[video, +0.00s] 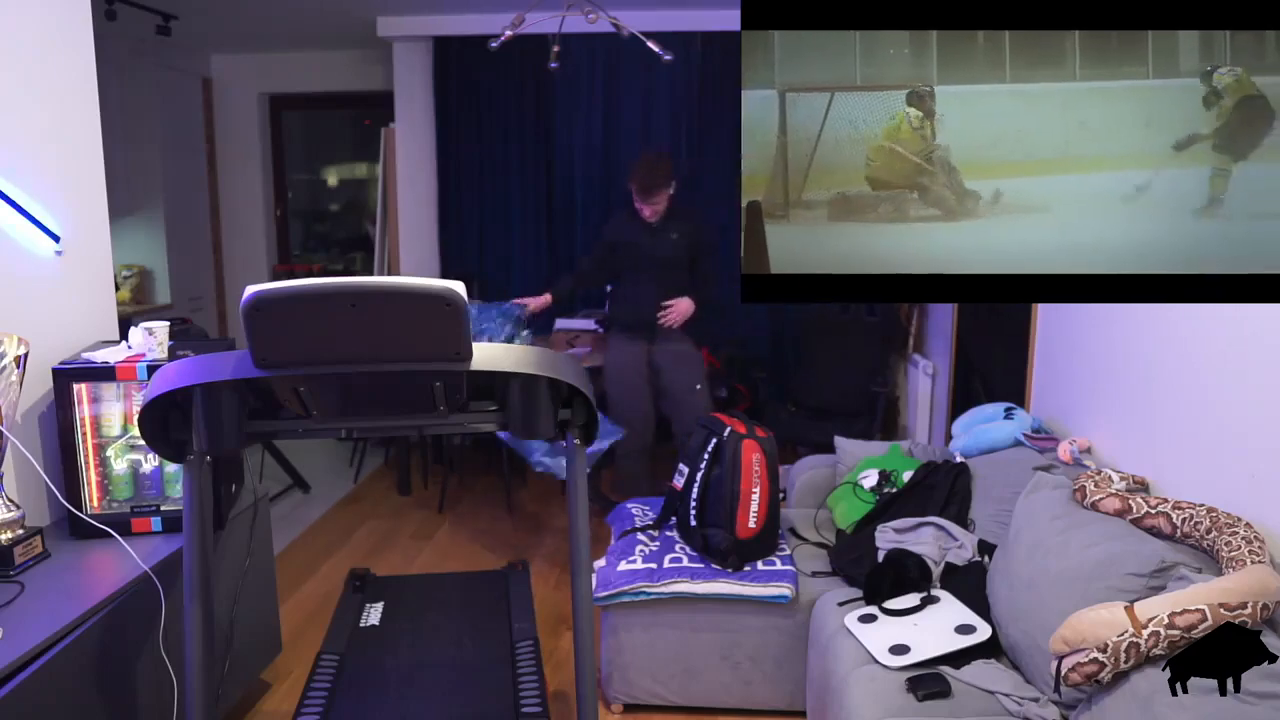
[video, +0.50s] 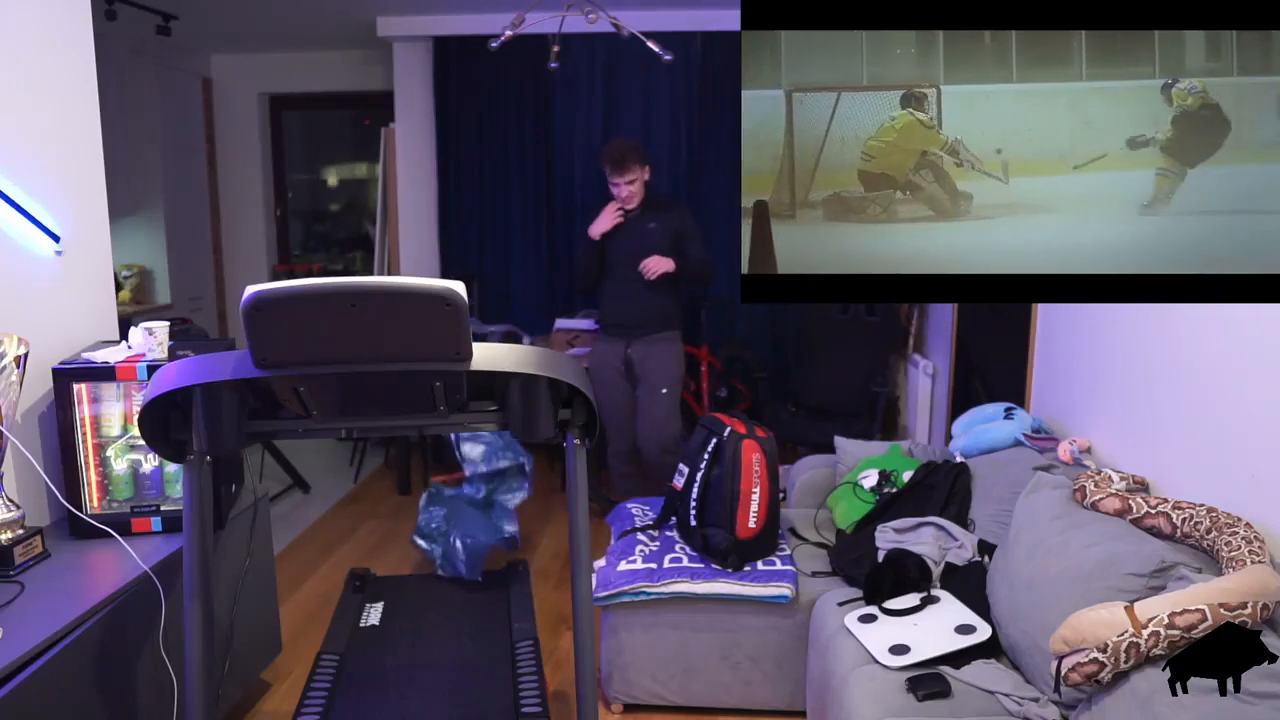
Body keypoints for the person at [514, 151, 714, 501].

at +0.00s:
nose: (645, 210)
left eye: (653, 203)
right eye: (639, 202)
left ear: (671, 191)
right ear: (631, 191)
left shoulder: (690, 228)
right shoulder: (621, 225)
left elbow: (707, 279)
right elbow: (591, 271)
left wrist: (693, 301)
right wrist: (548, 298)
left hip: (675, 337)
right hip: (626, 338)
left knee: (696, 422)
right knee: (633, 427)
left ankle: (701, 504)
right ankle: (637, 507)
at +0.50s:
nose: (623, 192)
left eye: (631, 182)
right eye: (615, 184)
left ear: (646, 175)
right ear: (607, 180)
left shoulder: (671, 217)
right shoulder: (603, 222)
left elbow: (702, 270)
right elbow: (583, 284)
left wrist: (675, 263)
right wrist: (593, 235)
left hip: (659, 342)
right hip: (610, 344)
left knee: (658, 439)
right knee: (618, 445)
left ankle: (676, 517)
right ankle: (633, 523)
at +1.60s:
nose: (650, 179)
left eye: (660, 173)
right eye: (646, 172)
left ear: (679, 175)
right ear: (636, 170)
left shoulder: (691, 214)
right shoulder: (624, 208)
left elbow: (690, 259)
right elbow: (582, 244)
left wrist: (665, 201)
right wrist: (610, 202)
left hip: (660, 346)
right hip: (608, 344)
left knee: (655, 448)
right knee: (600, 446)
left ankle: (654, 543)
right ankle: (596, 535)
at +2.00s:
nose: (631, 179)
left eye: (639, 171)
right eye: (627, 172)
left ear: (657, 171)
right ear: (619, 174)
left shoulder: (675, 205)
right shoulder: (610, 200)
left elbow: (671, 183)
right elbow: (570, 176)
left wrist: (634, 135)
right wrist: (585, 128)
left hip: (659, 348)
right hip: (608, 345)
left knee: (655, 456)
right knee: (594, 451)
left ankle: (657, 547)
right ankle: (588, 541)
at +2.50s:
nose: (616, 132)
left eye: (616, 127)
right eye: (609, 126)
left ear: (621, 137)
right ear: (596, 132)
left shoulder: (637, 192)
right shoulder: (571, 190)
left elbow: (618, 151)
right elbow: (544, 160)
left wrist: (593, 106)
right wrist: (579, 120)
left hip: (630, 341)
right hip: (580, 339)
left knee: (639, 452)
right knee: (580, 451)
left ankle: (651, 547)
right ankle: (581, 547)